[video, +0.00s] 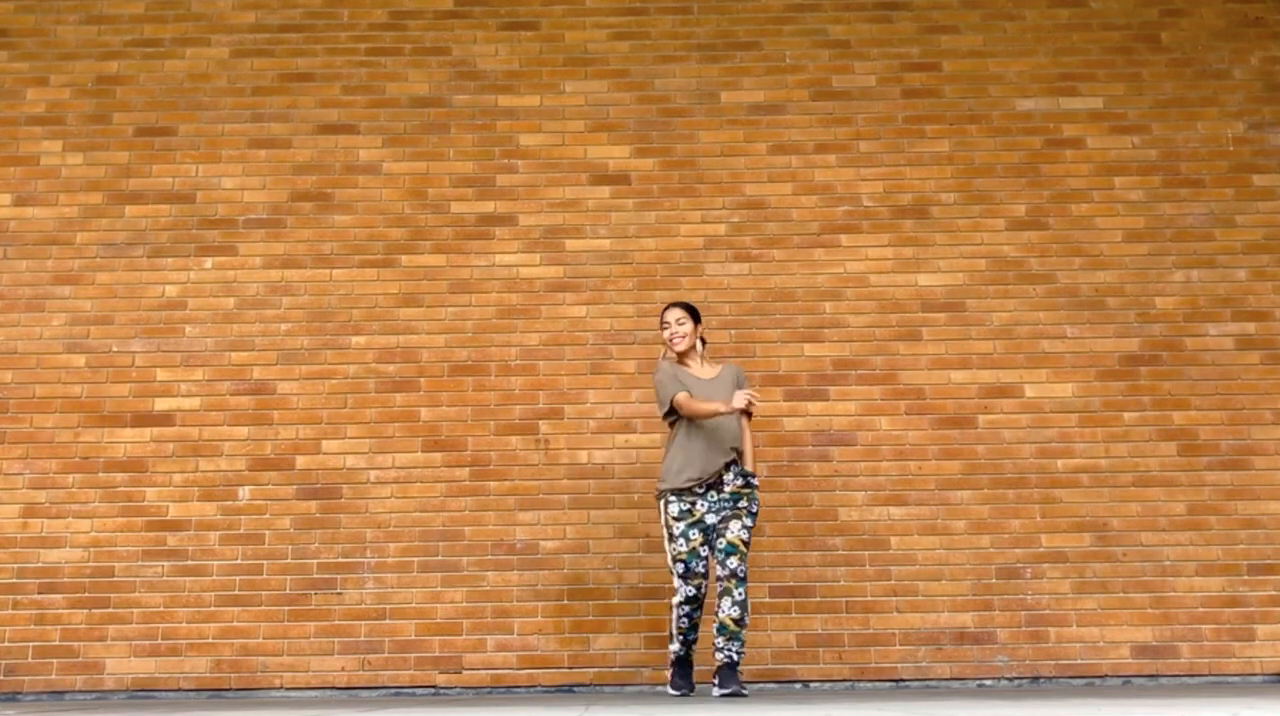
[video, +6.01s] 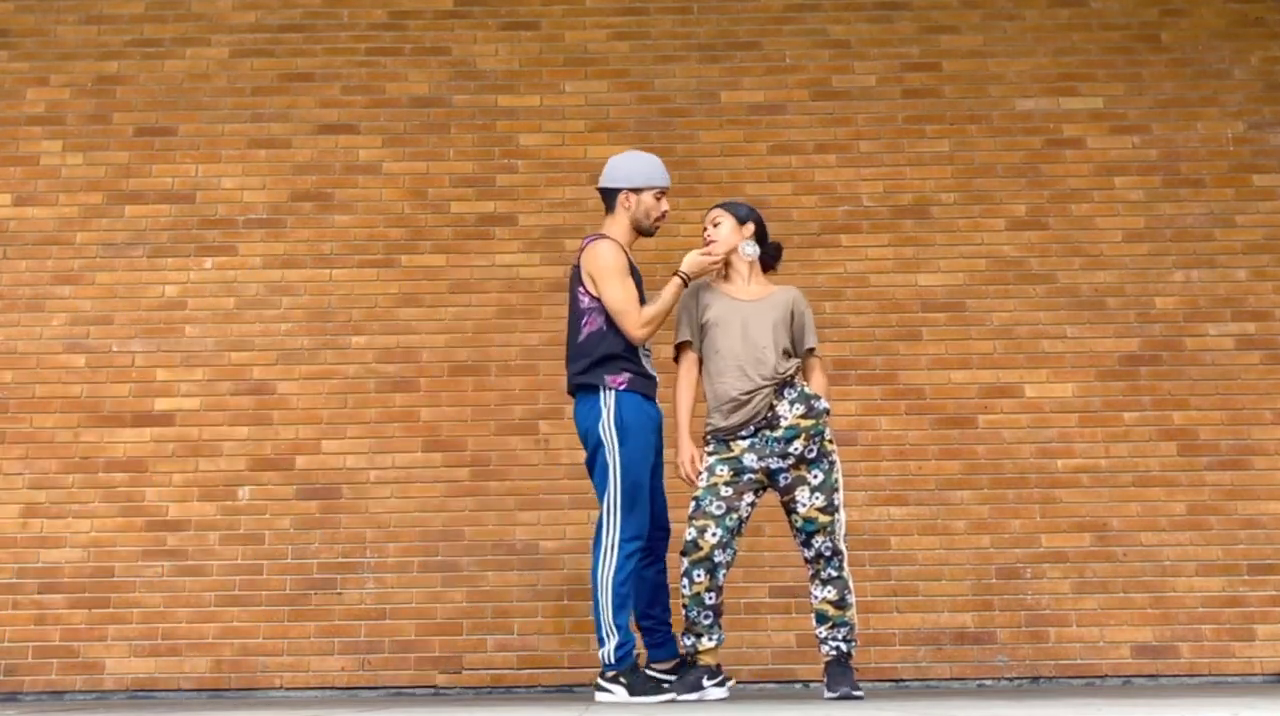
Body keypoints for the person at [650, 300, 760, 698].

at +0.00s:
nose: (674, 331)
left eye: (681, 323)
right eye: (667, 327)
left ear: (698, 327)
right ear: (662, 336)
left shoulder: (732, 373)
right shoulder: (666, 371)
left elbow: (743, 427)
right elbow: (686, 406)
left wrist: (749, 474)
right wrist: (729, 405)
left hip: (732, 485)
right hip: (682, 490)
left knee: (733, 574)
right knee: (692, 578)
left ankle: (728, 666)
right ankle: (682, 660)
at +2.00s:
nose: (735, 216)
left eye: (743, 209)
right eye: (724, 212)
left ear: (759, 224)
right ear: (711, 231)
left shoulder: (773, 288)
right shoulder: (688, 280)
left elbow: (776, 357)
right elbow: (642, 324)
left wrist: (792, 402)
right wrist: (618, 319)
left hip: (770, 431)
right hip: (704, 436)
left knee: (801, 542)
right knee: (682, 547)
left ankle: (834, 659)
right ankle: (642, 662)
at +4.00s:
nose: (756, 240)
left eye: (765, 232)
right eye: (746, 231)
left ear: (773, 240)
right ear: (727, 237)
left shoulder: (791, 295)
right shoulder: (702, 292)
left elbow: (812, 363)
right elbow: (693, 366)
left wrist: (812, 417)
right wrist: (692, 433)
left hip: (791, 428)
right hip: (727, 433)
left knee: (815, 544)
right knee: (710, 547)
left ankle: (837, 661)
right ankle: (681, 664)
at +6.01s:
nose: (707, 234)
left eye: (717, 224)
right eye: (705, 228)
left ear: (749, 233)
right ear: (709, 242)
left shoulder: (790, 299)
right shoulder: (697, 295)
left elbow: (814, 368)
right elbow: (687, 367)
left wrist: (814, 416)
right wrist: (683, 437)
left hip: (794, 437)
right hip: (728, 442)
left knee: (823, 544)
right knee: (702, 545)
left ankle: (838, 660)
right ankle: (704, 664)